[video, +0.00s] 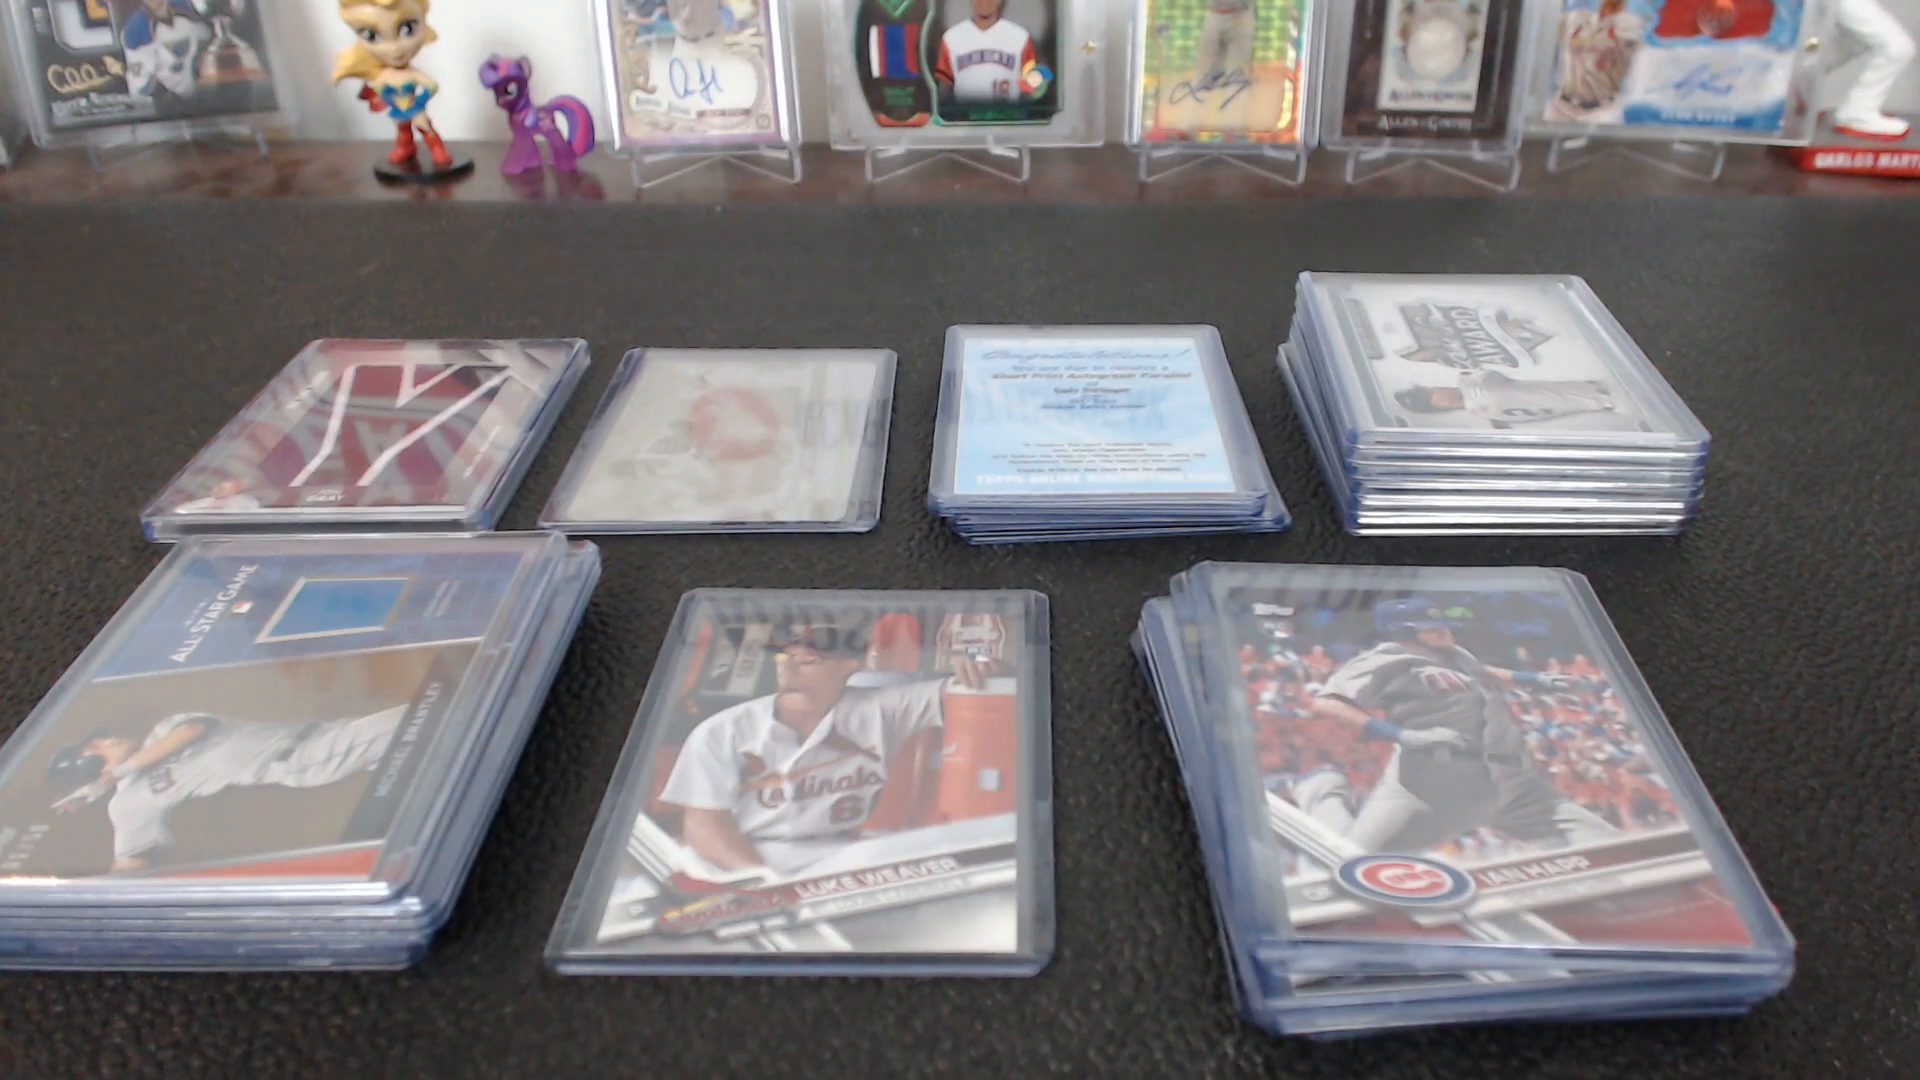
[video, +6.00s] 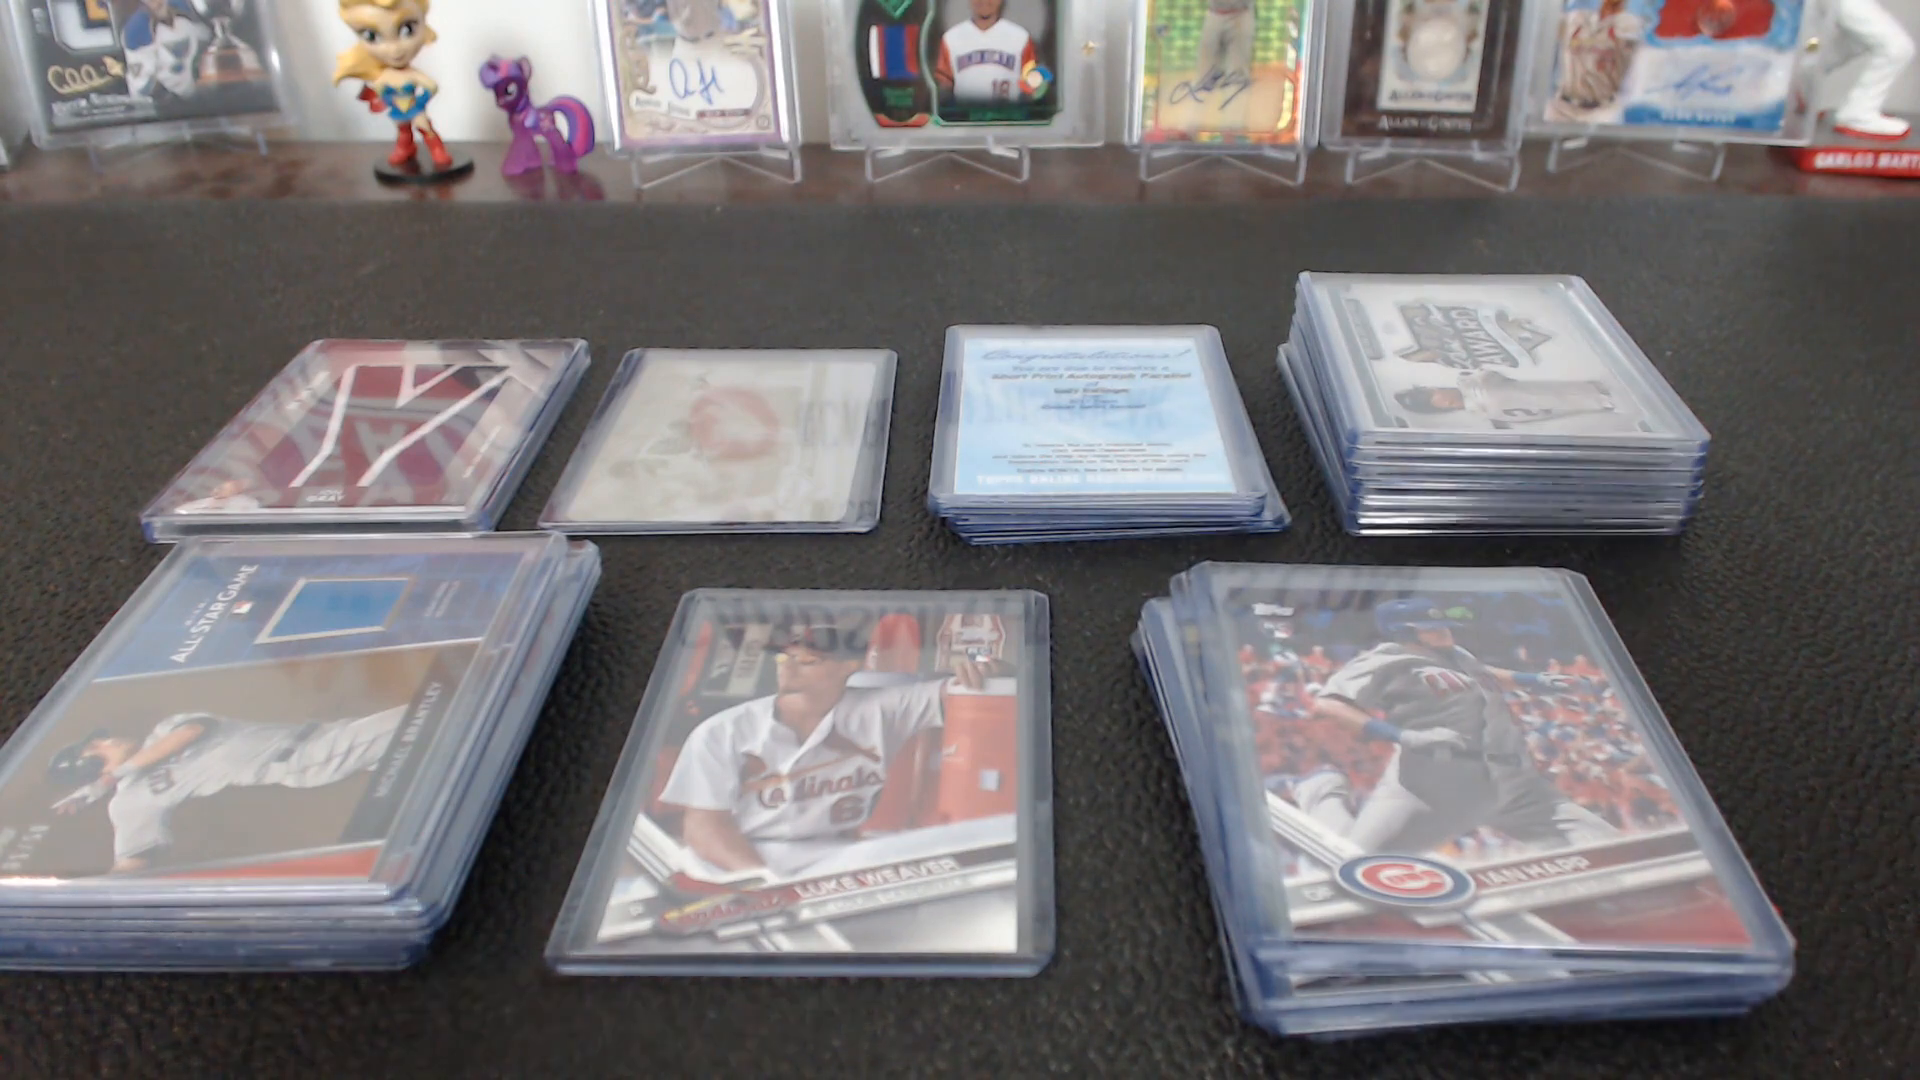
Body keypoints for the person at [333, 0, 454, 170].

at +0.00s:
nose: (393, 49)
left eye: (407, 29)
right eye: (371, 35)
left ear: (424, 26)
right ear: (357, 37)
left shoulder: (414, 75)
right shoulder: (378, 74)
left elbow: (427, 86)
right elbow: (369, 87)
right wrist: (375, 99)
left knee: (421, 122)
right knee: (401, 123)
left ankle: (437, 148)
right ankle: (405, 146)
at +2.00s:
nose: (394, 50)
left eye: (407, 30)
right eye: (371, 36)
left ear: (424, 27)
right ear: (357, 37)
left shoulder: (414, 74)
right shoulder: (377, 74)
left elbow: (426, 85)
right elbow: (370, 87)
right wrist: (375, 100)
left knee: (421, 121)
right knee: (401, 121)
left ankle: (436, 148)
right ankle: (405, 147)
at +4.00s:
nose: (394, 50)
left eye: (407, 30)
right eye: (372, 36)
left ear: (424, 29)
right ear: (359, 38)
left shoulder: (414, 75)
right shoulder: (379, 75)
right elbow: (370, 88)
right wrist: (375, 100)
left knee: (421, 122)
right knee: (401, 123)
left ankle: (437, 149)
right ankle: (405, 148)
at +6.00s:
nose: (394, 50)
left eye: (407, 30)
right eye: (372, 36)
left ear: (424, 29)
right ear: (359, 38)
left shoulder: (414, 75)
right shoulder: (379, 75)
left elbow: (427, 86)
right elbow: (370, 88)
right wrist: (374, 100)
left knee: (422, 123)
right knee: (401, 125)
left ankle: (437, 149)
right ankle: (405, 148)